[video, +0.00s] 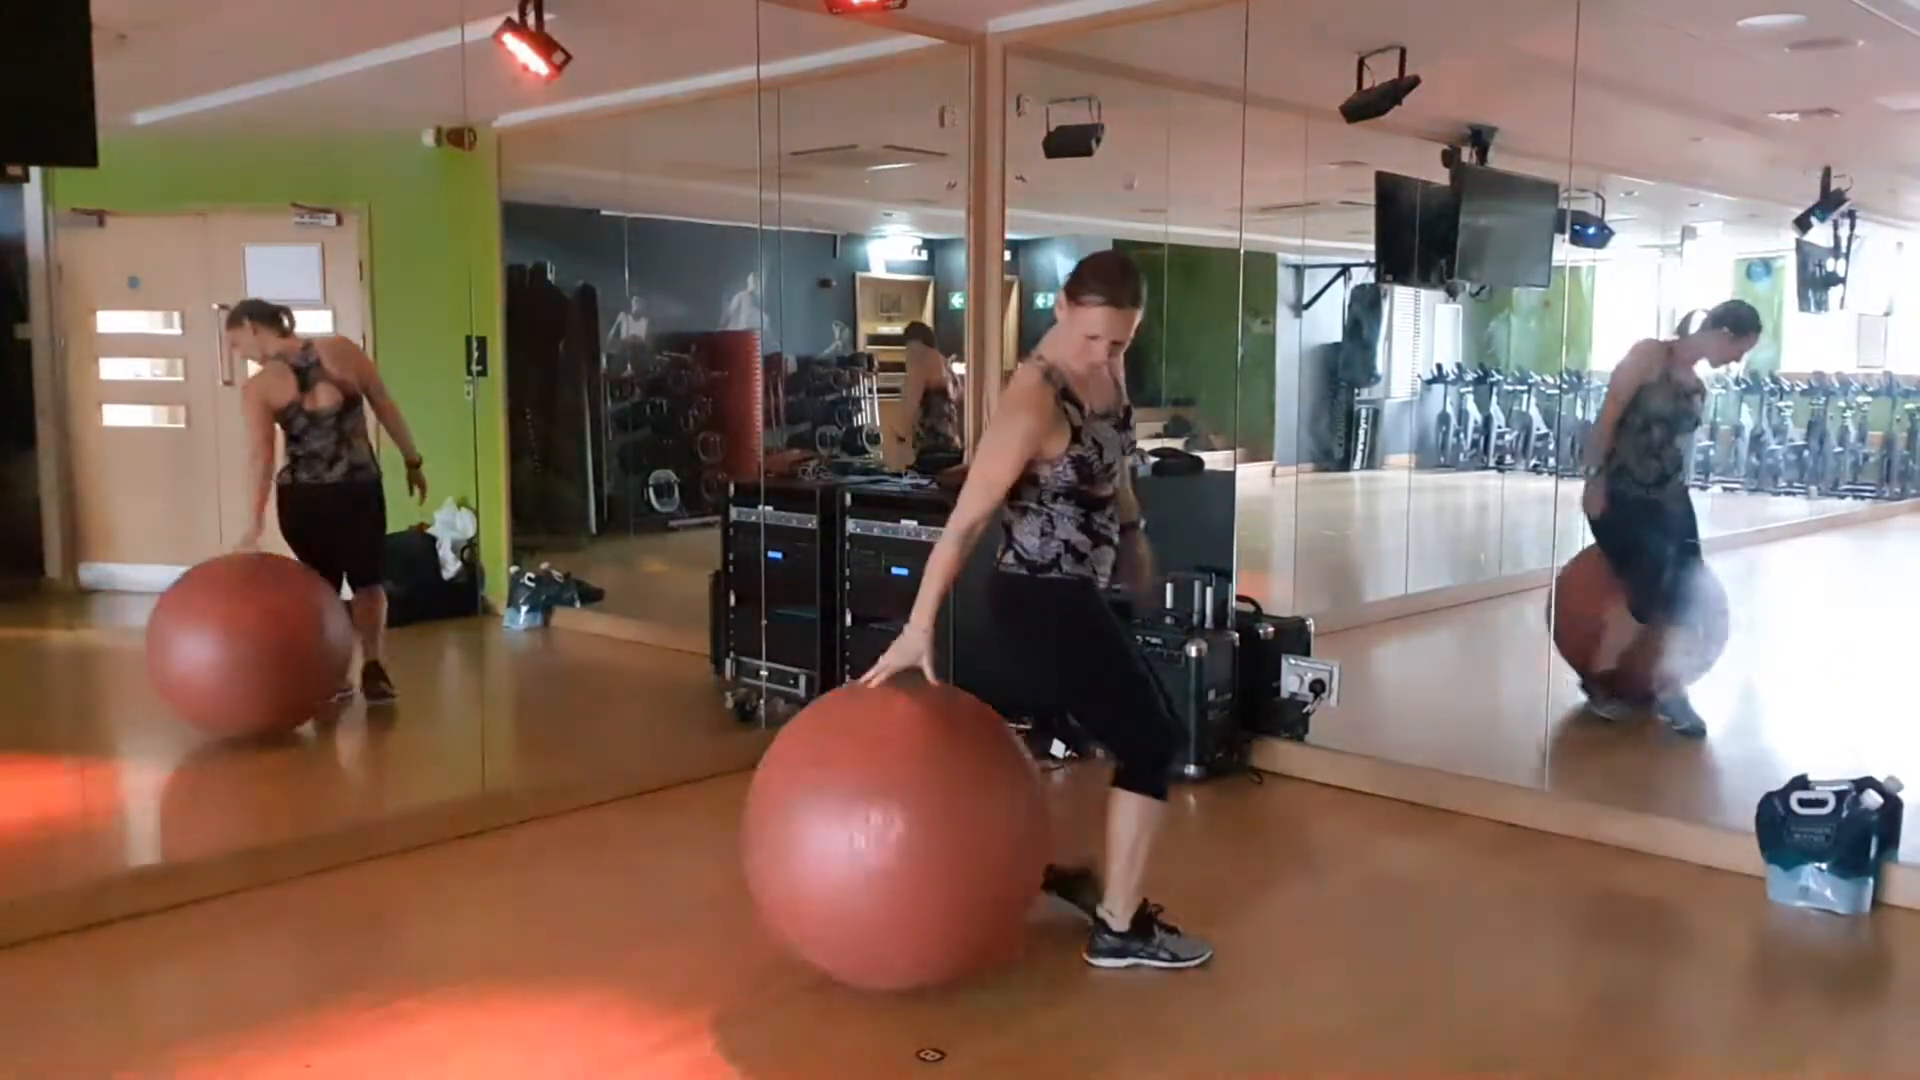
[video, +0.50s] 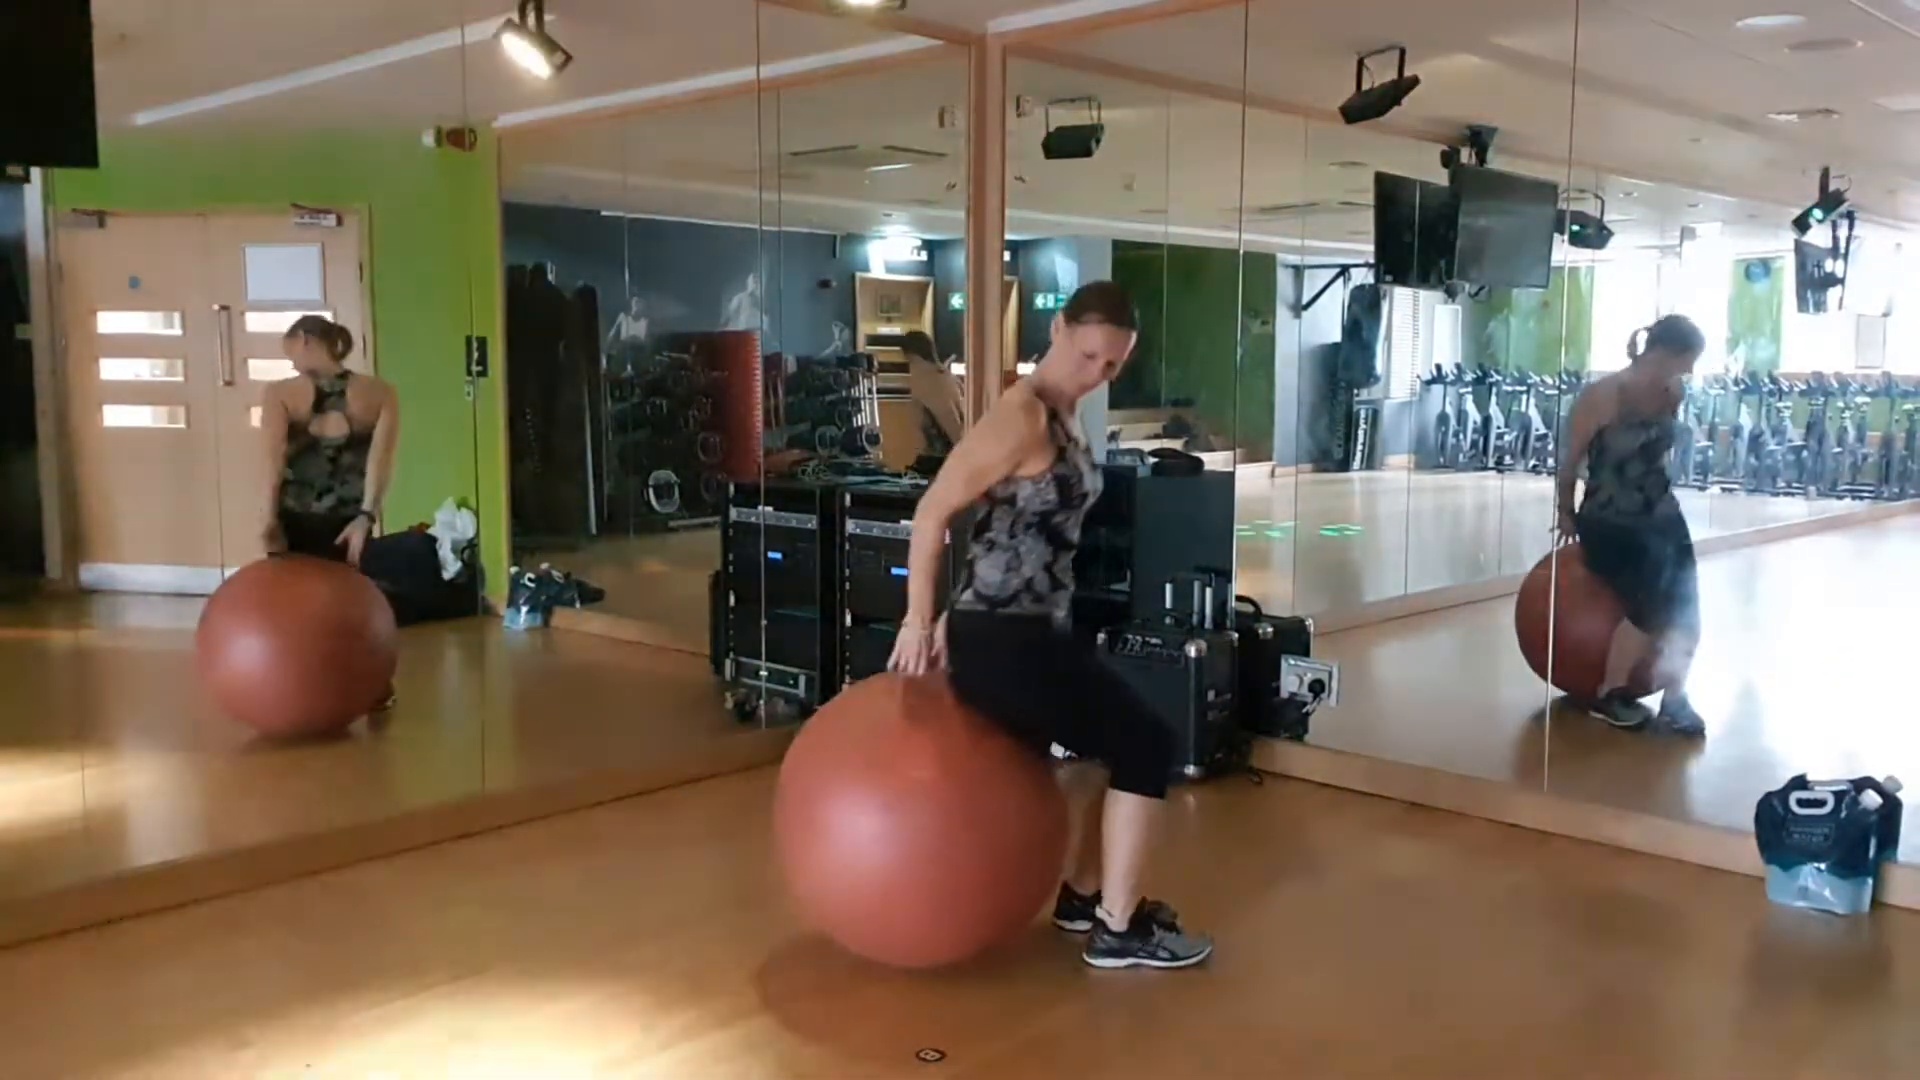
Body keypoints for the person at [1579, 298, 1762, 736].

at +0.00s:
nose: (1736, 361)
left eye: (1742, 353)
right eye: (1739, 350)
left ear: (1723, 336)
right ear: (1722, 332)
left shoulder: (1695, 384)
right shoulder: (1648, 354)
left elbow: (1670, 444)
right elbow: (1610, 413)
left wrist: (1676, 496)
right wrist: (1593, 477)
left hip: (1670, 495)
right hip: (1623, 490)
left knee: (1680, 590)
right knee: (1657, 589)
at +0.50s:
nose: (1682, 376)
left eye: (1686, 369)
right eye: (1680, 367)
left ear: (1681, 360)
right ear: (1658, 355)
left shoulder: (1672, 395)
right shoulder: (1602, 395)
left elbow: (1651, 452)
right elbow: (1571, 457)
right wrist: (1565, 510)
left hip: (1660, 511)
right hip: (1608, 513)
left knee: (1685, 606)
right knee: (1653, 598)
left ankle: (1673, 698)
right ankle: (1612, 693)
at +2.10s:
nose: (1687, 333)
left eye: (1685, 325)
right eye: (1680, 325)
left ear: (1653, 331)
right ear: (1654, 330)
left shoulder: (1689, 390)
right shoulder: (1605, 392)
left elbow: (1682, 457)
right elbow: (1585, 461)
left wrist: (1680, 507)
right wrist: (1575, 520)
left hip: (1675, 511)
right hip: (1620, 511)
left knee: (1698, 603)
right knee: (1656, 596)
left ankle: (1698, 699)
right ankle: (1634, 694)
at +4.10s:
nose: (1647, 397)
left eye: (1654, 389)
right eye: (1640, 387)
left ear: (1661, 393)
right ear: (1619, 384)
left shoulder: (1668, 436)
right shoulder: (1585, 432)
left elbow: (1661, 493)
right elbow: (1544, 482)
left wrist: (1651, 533)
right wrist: (1552, 540)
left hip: (1647, 546)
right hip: (1593, 548)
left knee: (1682, 585)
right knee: (1649, 580)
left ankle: (1689, 693)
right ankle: (1669, 693)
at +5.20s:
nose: (1639, 426)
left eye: (1642, 419)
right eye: (1629, 418)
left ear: (1646, 424)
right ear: (1604, 422)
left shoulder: (1664, 465)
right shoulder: (1579, 471)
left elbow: (1682, 526)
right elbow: (1560, 535)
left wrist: (1695, 564)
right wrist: (1593, 574)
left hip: (1686, 563)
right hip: (1635, 575)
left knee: (1728, 588)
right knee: (1709, 603)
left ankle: (1791, 703)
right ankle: (1715, 714)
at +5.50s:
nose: (1632, 450)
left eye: (1636, 442)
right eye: (1622, 442)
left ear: (1642, 447)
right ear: (1599, 449)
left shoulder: (1663, 486)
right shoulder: (1578, 492)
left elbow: (1682, 542)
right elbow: (1561, 553)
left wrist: (1702, 577)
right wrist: (1599, 580)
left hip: (1690, 570)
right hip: (1644, 580)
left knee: (1755, 623)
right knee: (1727, 616)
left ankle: (1811, 731)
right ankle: (1716, 713)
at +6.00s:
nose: (1627, 481)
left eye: (1629, 476)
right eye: (1616, 478)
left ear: (1636, 487)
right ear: (1595, 490)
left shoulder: (1661, 521)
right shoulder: (1582, 526)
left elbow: (1692, 555)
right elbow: (1573, 575)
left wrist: (1725, 577)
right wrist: (1611, 589)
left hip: (1698, 580)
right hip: (1654, 586)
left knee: (1781, 627)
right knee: (1731, 606)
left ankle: (1818, 744)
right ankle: (1729, 712)